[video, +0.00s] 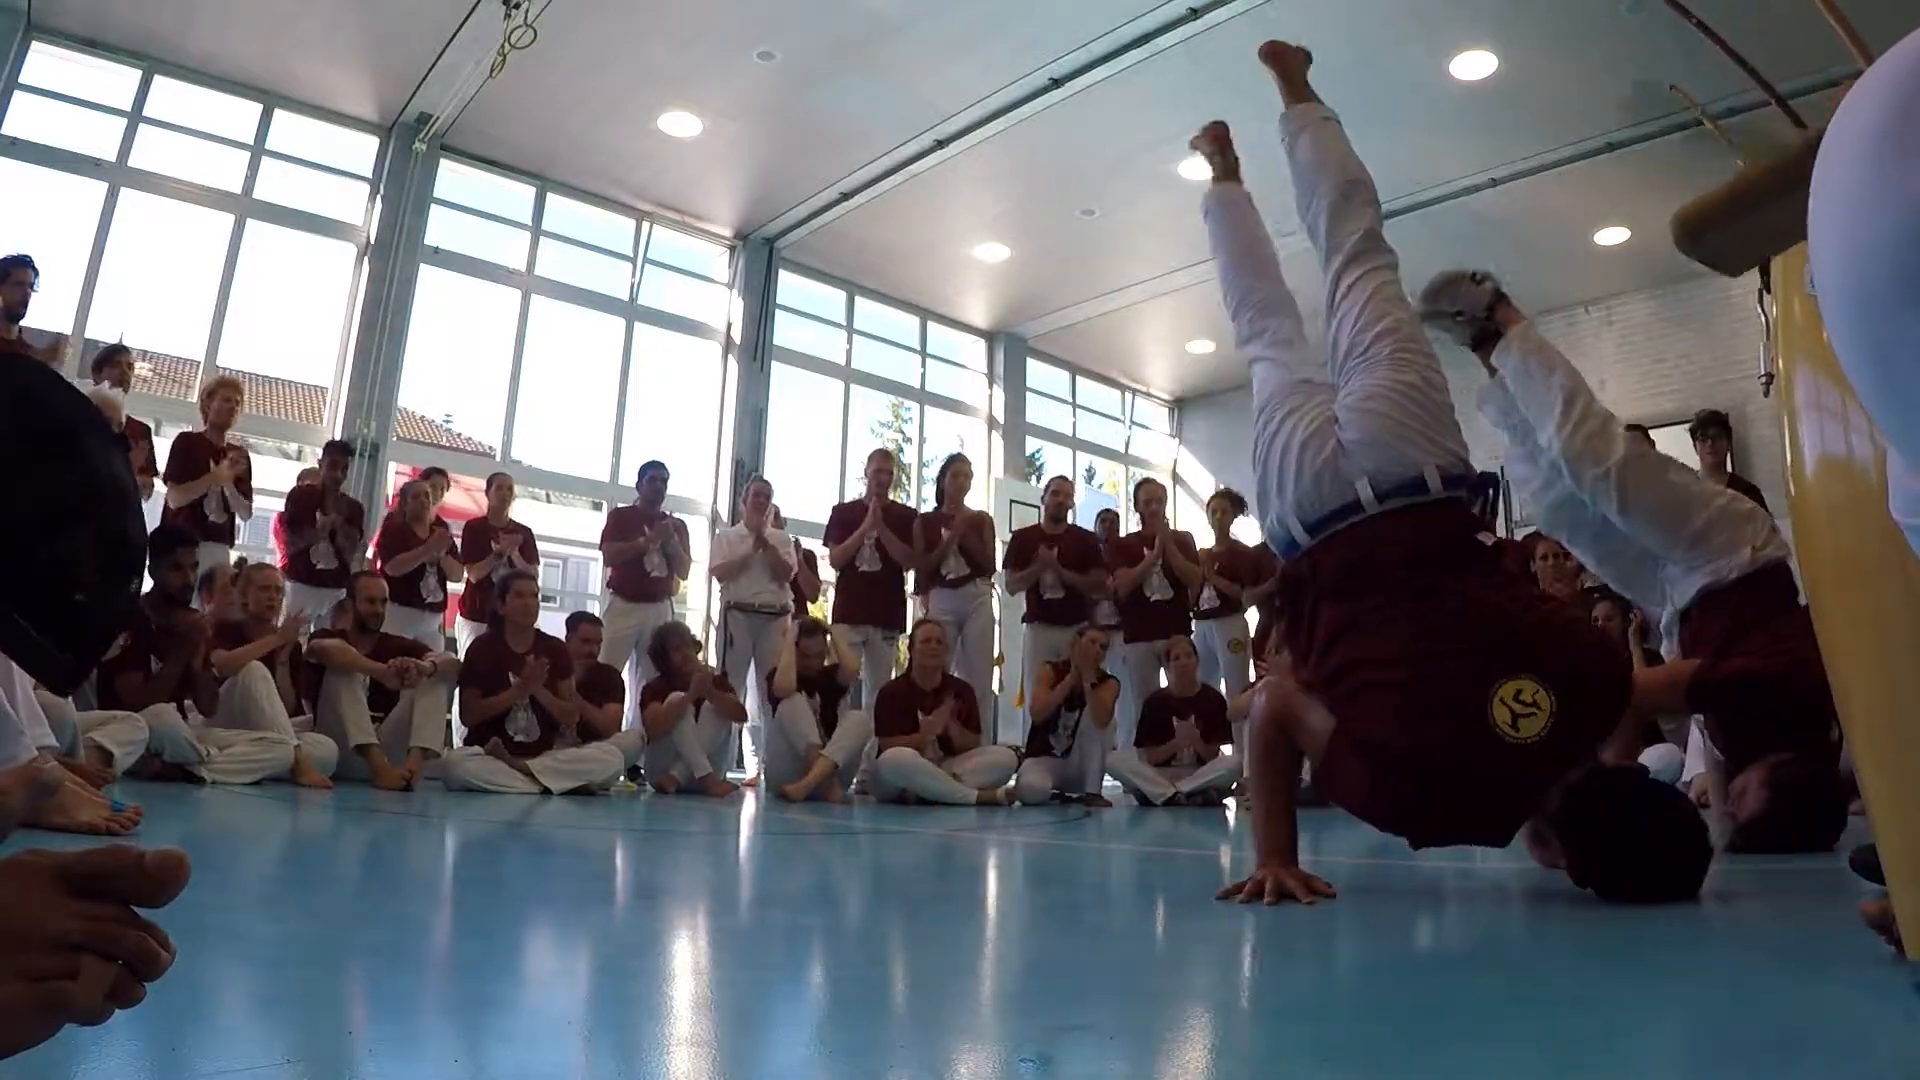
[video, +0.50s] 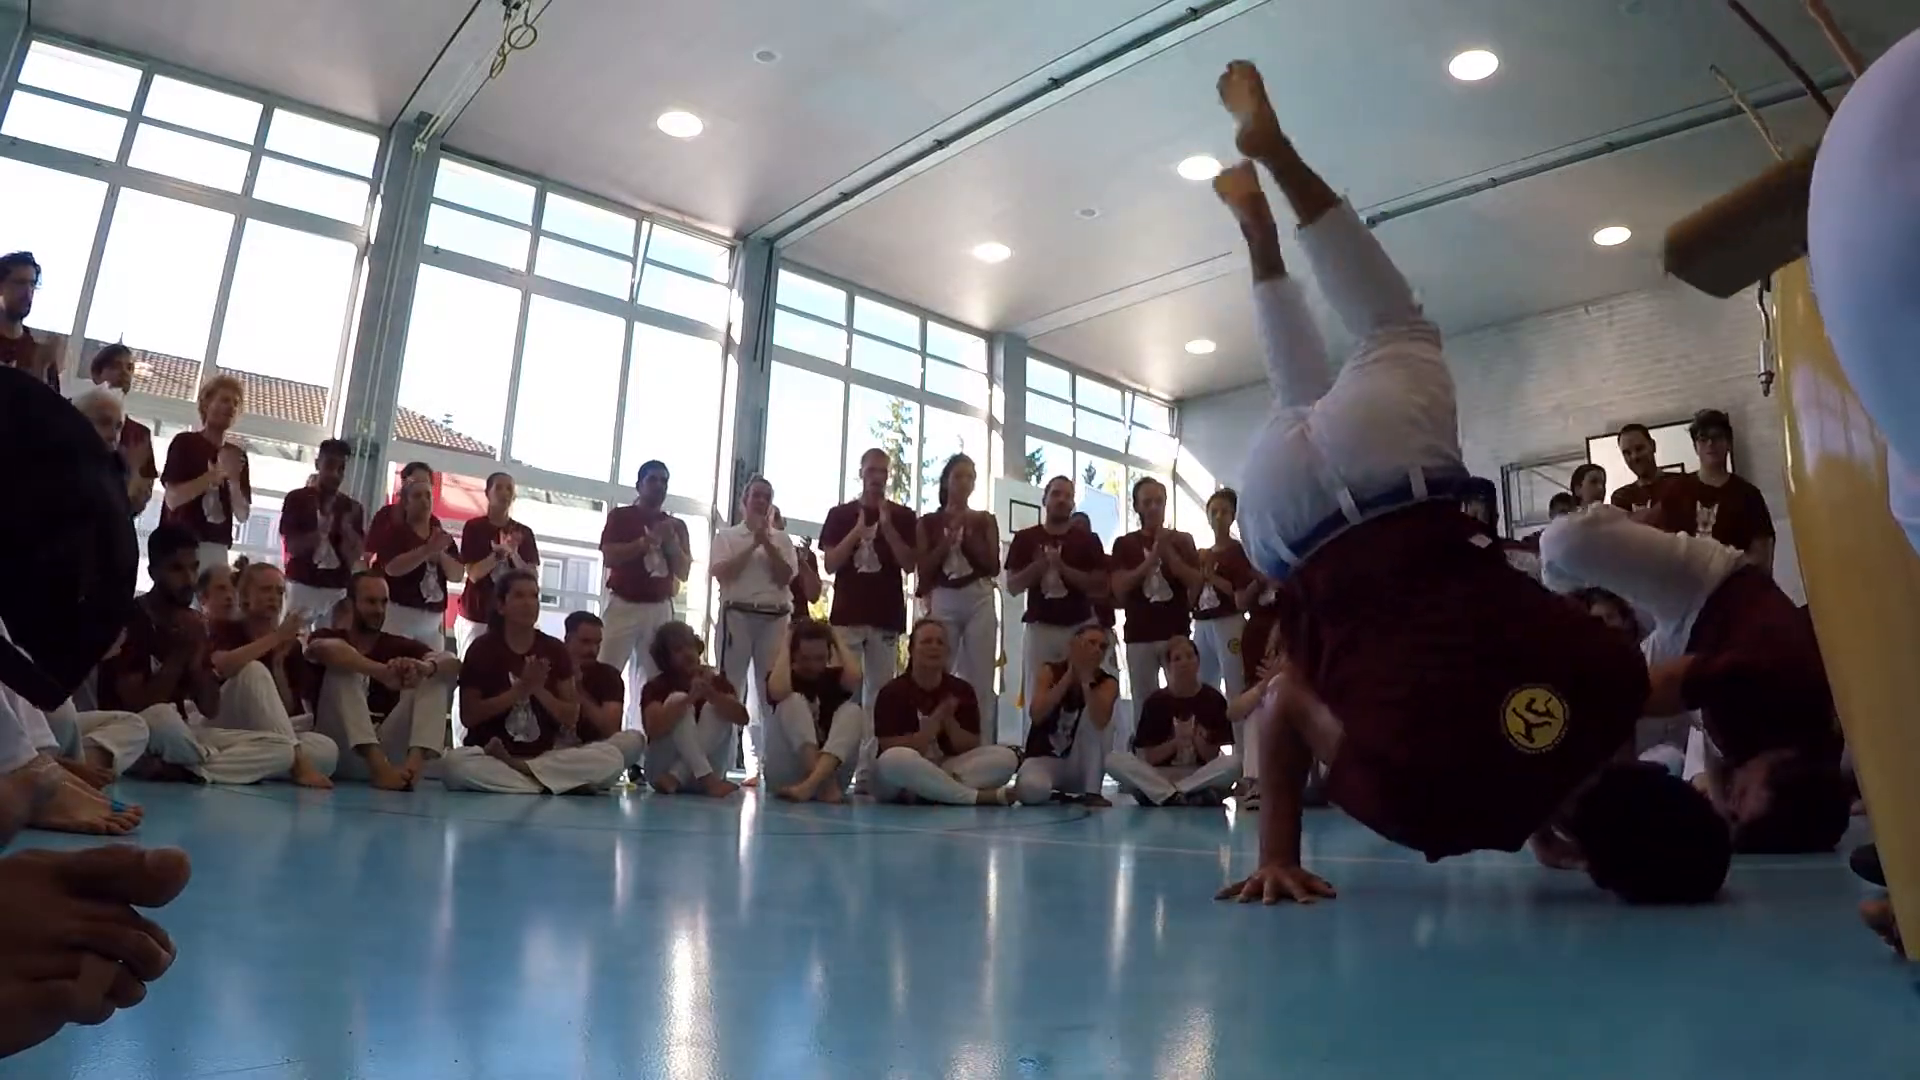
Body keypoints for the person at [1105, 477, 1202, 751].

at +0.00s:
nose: (1154, 506)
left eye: (1159, 501)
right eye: (1148, 502)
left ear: (1166, 504)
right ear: (1137, 506)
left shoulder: (1183, 539)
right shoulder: (1124, 544)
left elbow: (1194, 580)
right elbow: (1121, 587)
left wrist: (1170, 547)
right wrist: (1152, 558)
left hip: (1178, 635)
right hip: (1140, 638)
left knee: (1185, 705)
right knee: (1141, 710)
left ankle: (1189, 769)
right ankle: (1137, 775)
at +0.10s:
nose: (1155, 507)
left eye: (1159, 501)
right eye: (1148, 502)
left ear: (1166, 504)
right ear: (1137, 506)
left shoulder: (1183, 540)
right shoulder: (1126, 544)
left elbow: (1195, 579)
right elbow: (1117, 588)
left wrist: (1169, 553)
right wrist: (1151, 563)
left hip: (1177, 635)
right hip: (1139, 638)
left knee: (1184, 705)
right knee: (1142, 709)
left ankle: (1188, 767)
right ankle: (1140, 773)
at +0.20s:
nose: (1154, 507)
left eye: (1159, 501)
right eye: (1147, 502)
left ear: (1166, 503)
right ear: (1136, 506)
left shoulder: (1183, 541)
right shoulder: (1125, 545)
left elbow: (1196, 583)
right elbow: (1116, 592)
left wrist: (1169, 563)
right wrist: (1147, 576)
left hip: (1177, 636)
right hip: (1139, 639)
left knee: (1185, 703)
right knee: (1143, 708)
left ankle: (1189, 765)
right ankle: (1143, 772)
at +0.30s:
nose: (1154, 507)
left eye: (1159, 501)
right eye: (1148, 502)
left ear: (1165, 504)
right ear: (1136, 506)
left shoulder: (1183, 541)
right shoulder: (1124, 544)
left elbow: (1196, 583)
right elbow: (1115, 594)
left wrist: (1173, 564)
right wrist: (1146, 568)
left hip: (1176, 635)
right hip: (1139, 638)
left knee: (1184, 702)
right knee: (1145, 708)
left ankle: (1188, 765)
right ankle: (1146, 769)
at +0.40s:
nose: (1154, 507)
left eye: (1159, 501)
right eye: (1148, 502)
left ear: (1166, 504)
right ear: (1136, 507)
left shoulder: (1182, 540)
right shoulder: (1124, 544)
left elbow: (1195, 584)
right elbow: (1118, 590)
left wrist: (1176, 552)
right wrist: (1141, 560)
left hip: (1176, 635)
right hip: (1139, 638)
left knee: (1183, 704)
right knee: (1144, 709)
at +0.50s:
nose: (1154, 507)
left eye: (1159, 501)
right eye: (1148, 502)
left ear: (1165, 504)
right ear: (1136, 506)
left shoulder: (1182, 540)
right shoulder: (1125, 543)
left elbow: (1195, 582)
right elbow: (1119, 587)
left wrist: (1169, 554)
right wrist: (1151, 559)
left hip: (1176, 635)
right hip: (1139, 638)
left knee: (1184, 702)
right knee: (1144, 707)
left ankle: (1189, 762)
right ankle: (1145, 766)